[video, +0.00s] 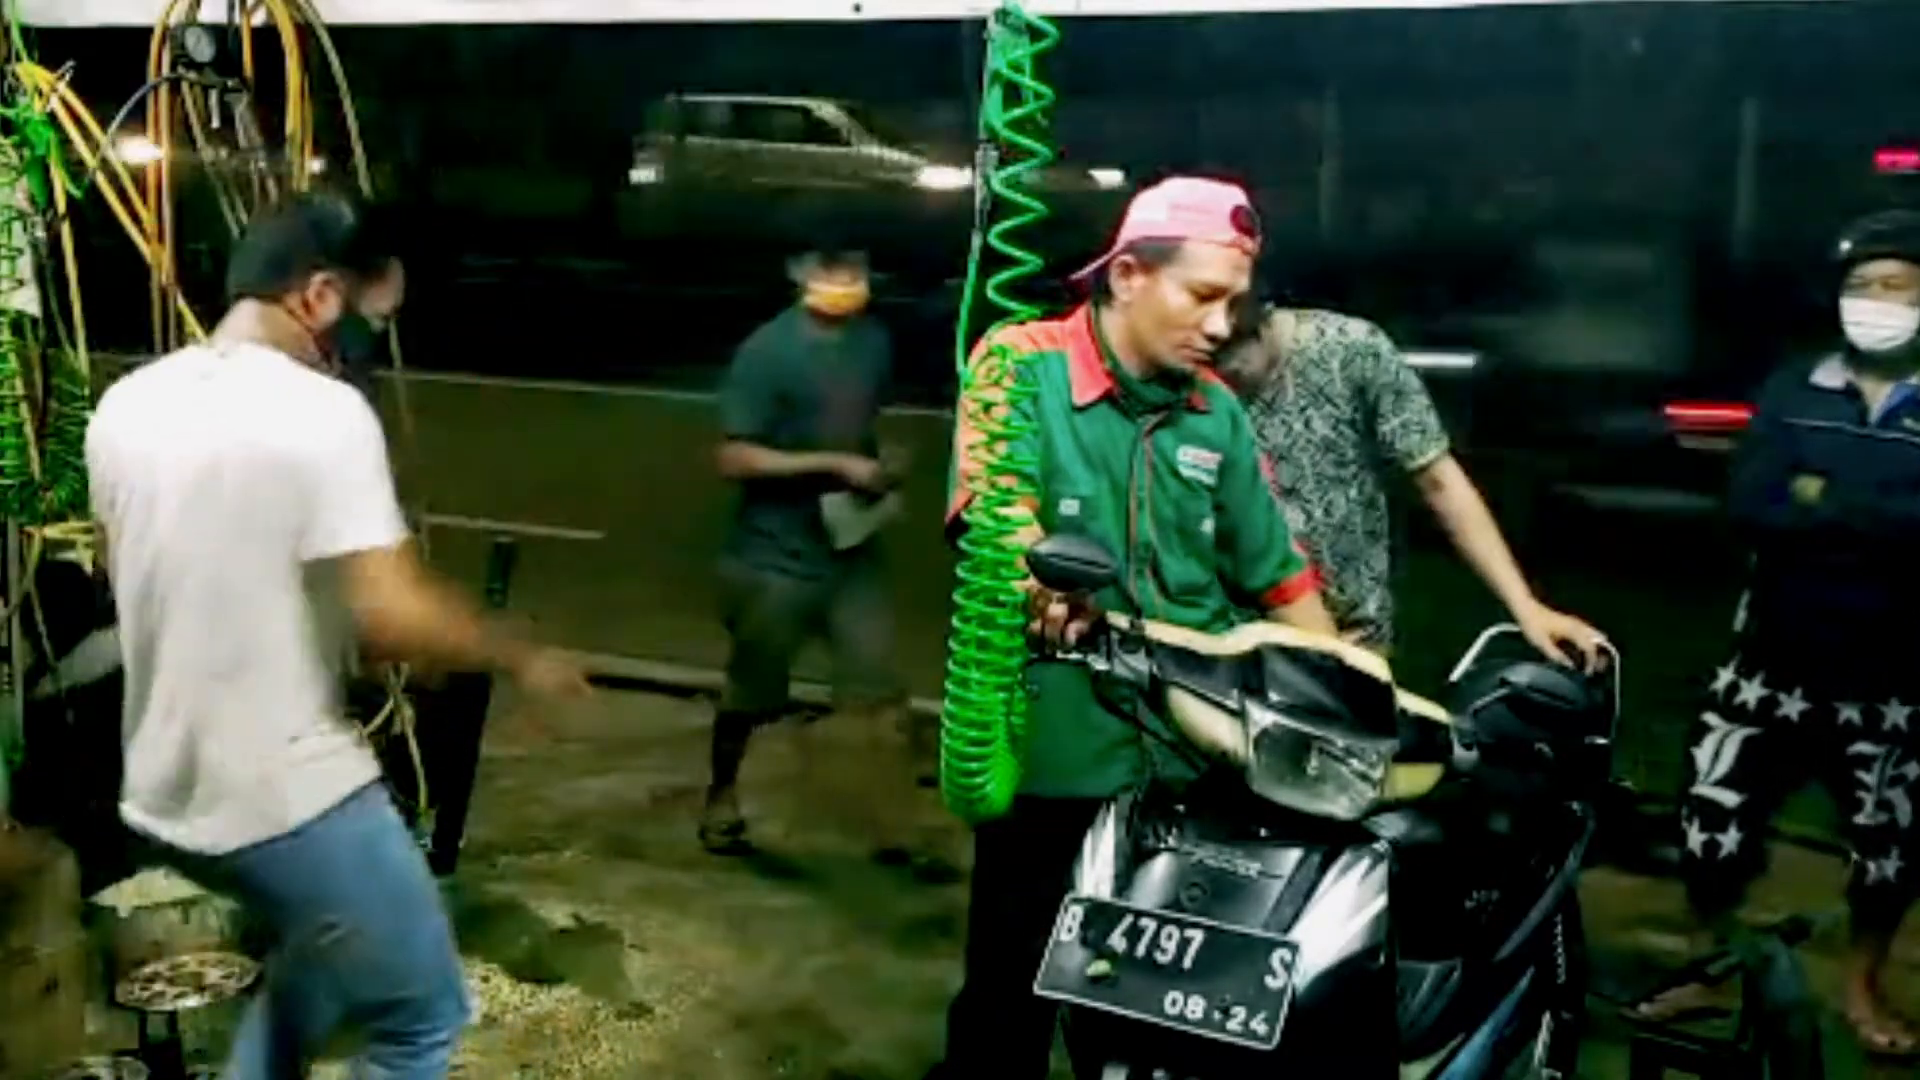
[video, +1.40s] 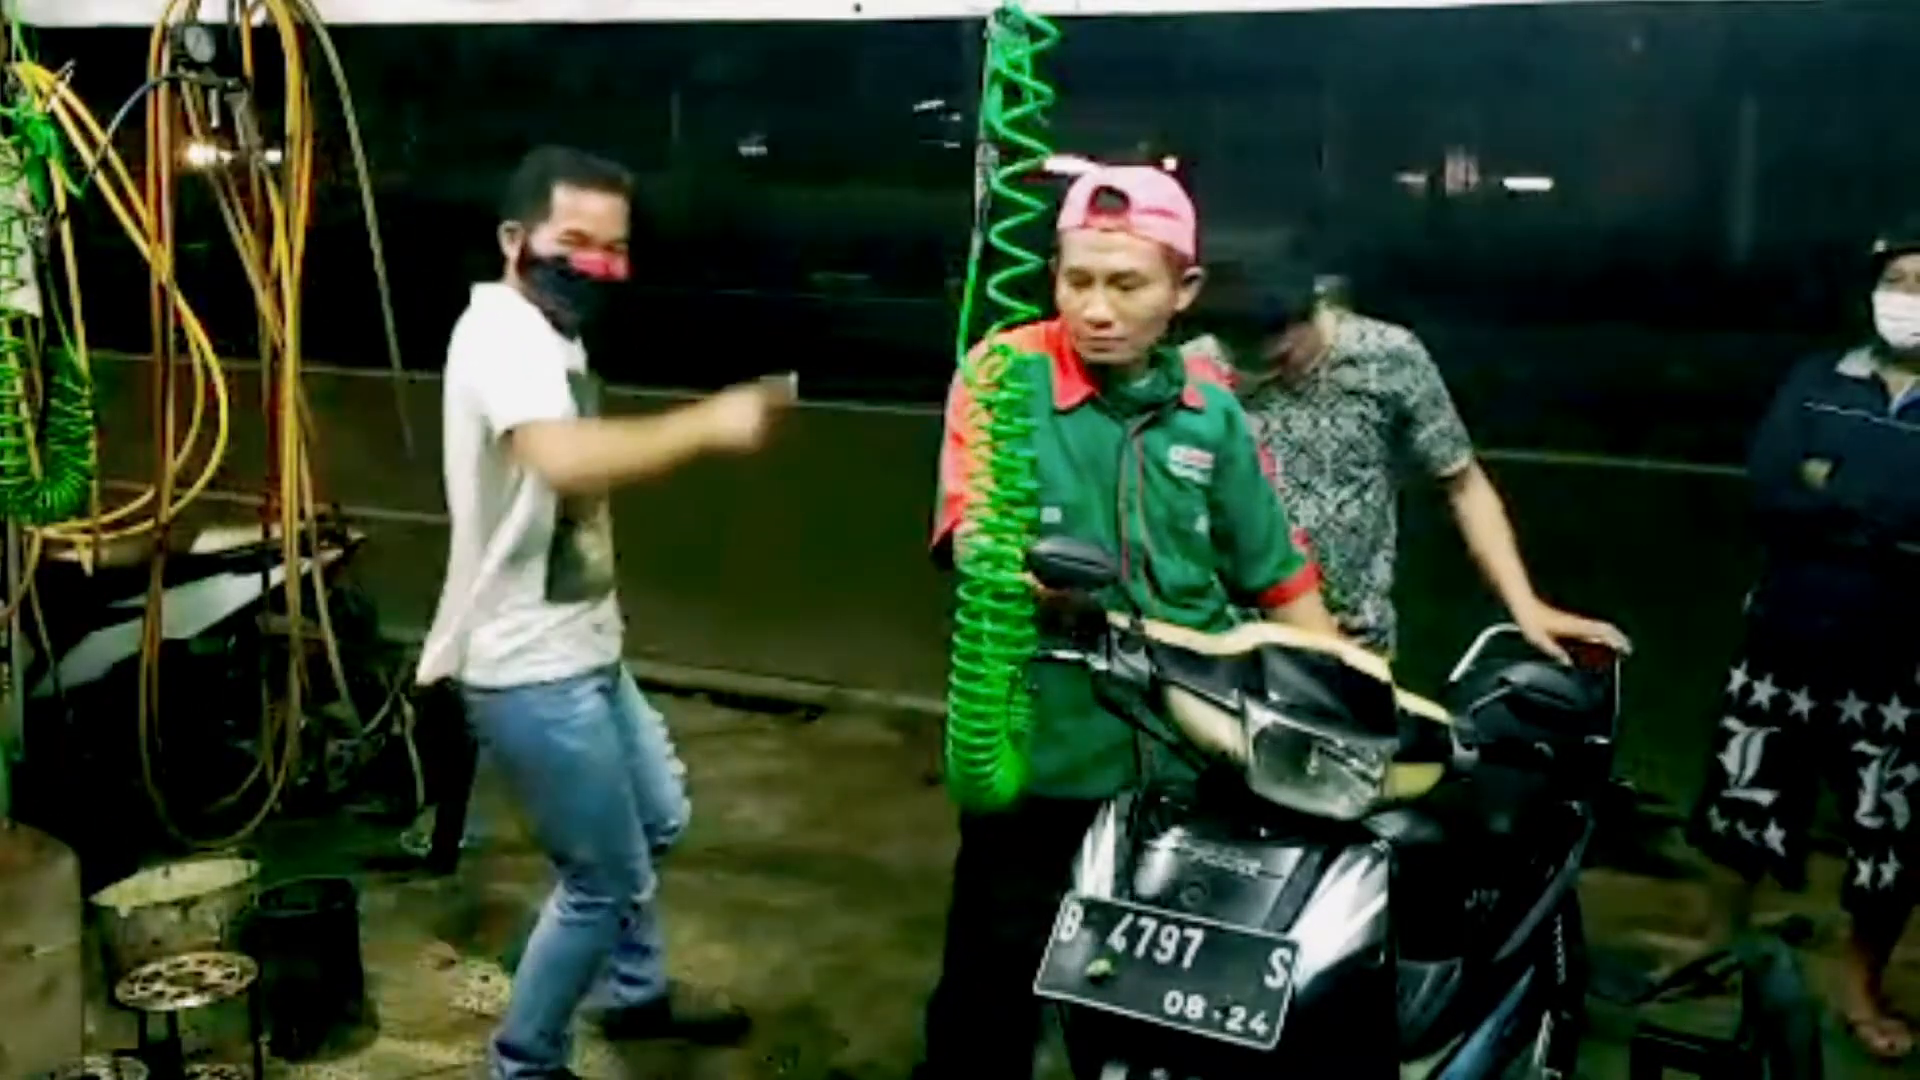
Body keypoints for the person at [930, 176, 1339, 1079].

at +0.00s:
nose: (1220, 325)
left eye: (1234, 304)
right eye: (1204, 296)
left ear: (1245, 303)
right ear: (1127, 276)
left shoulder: (1218, 416)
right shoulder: (1018, 367)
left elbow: (1286, 587)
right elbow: (994, 510)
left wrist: (1343, 702)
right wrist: (1045, 594)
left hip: (1189, 762)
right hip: (1048, 760)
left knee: (1162, 1017)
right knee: (1006, 1016)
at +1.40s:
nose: (1097, 308)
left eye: (1125, 285)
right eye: (1079, 282)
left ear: (1181, 291)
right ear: (1054, 281)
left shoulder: (1210, 412)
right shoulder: (1007, 376)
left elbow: (1285, 583)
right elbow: (967, 524)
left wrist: (1343, 699)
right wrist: (1031, 580)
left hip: (1181, 760)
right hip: (1035, 761)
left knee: (1153, 1020)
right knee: (985, 1018)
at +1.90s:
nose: (992, 334)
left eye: (1018, 310)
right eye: (974, 307)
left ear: (1089, 303)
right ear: (954, 300)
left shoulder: (1154, 410)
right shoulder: (922, 401)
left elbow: (1259, 596)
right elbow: (899, 586)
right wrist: (1019, 627)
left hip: (1138, 753)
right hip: (979, 753)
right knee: (905, 1007)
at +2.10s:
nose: (903, 345)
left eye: (926, 319)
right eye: (888, 318)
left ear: (1006, 306)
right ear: (873, 308)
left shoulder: (1100, 408)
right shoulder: (861, 418)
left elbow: (1211, 586)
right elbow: (853, 616)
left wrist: (1325, 652)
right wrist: (970, 713)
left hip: (1092, 792)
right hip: (922, 790)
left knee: (1135, 1033)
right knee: (863, 1039)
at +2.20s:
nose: (842, 336)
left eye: (864, 311)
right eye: (829, 312)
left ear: (950, 293)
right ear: (816, 303)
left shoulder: (1054, 404)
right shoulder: (818, 420)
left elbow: (1171, 591)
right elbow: (801, 624)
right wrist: (869, 776)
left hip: (1049, 812)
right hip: (876, 809)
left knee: (1112, 1051)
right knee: (847, 1056)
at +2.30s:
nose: (781, 328)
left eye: (800, 301)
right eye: (771, 302)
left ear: (888, 288)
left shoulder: (1016, 400)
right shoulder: (779, 418)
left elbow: (1112, 577)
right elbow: (734, 610)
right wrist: (742, 779)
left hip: (1011, 817)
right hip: (840, 819)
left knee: (1071, 1054)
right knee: (843, 1058)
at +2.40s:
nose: (757, 321)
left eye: (776, 293)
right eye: (746, 296)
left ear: (864, 275)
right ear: (741, 284)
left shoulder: (990, 396)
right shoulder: (750, 411)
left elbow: (1090, 602)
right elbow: (699, 588)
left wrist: (1101, 799)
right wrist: (658, 740)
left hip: (990, 819)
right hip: (826, 820)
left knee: (1039, 1046)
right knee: (844, 1054)